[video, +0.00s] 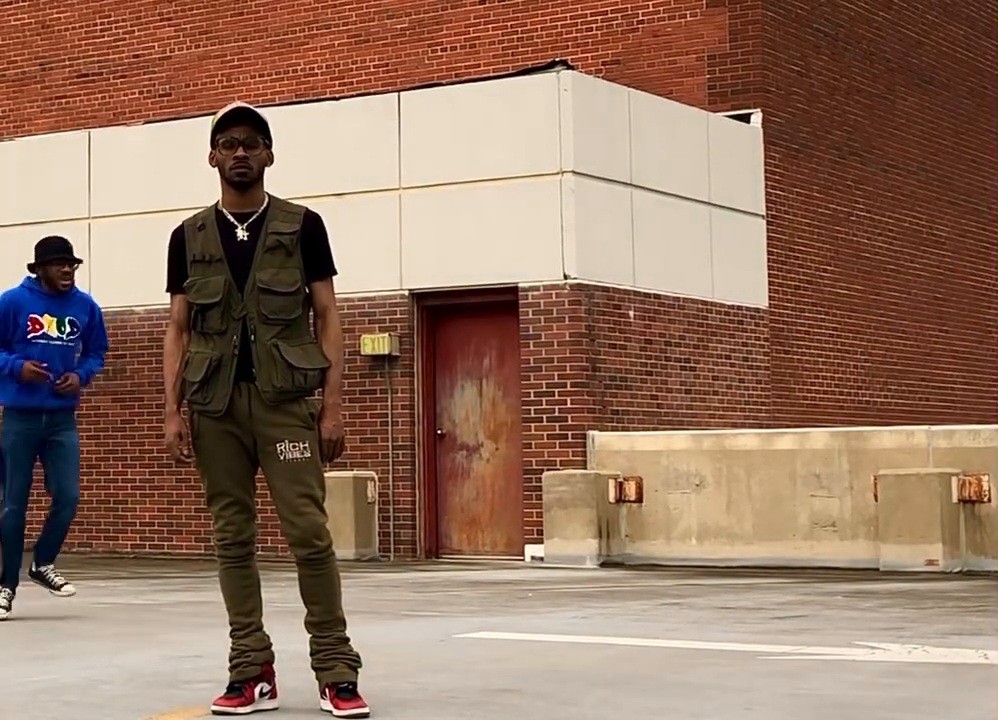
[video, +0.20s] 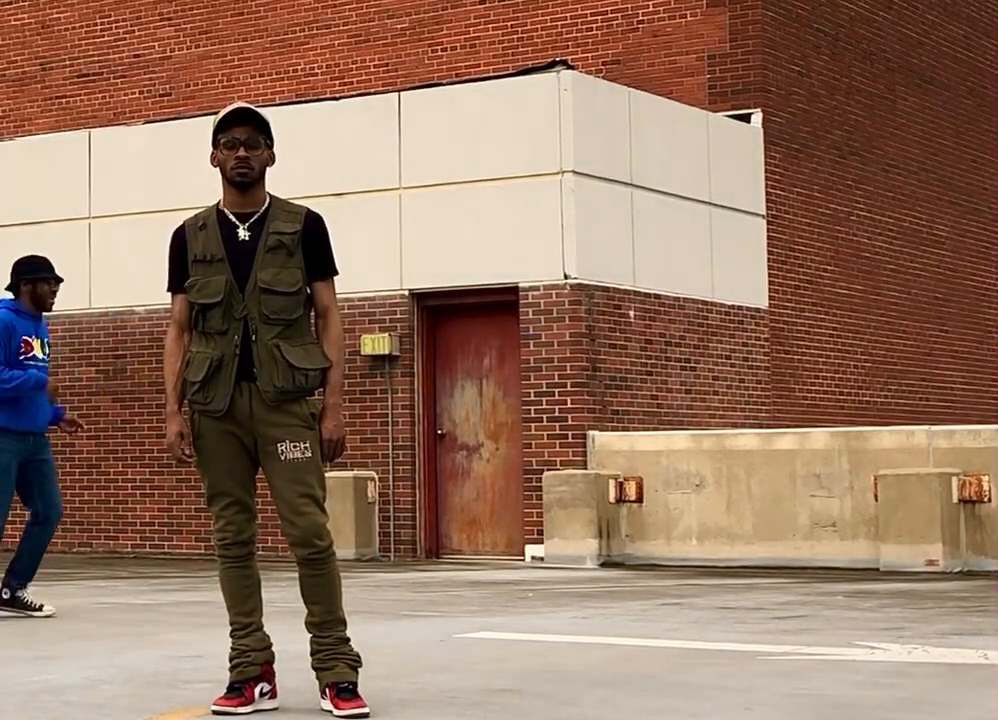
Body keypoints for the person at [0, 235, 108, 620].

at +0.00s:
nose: (68, 271)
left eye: (71, 264)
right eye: (59, 266)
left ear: (75, 266)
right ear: (40, 268)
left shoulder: (85, 305)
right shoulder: (12, 302)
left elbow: (96, 354)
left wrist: (81, 375)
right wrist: (17, 368)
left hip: (62, 419)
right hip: (19, 418)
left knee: (68, 496)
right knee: (14, 504)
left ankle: (42, 563)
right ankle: (6, 583)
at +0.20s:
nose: (55, 291)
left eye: (56, 284)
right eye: (49, 285)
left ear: (44, 288)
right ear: (26, 286)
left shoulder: (40, 325)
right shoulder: (4, 321)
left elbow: (35, 385)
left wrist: (59, 414)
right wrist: (38, 380)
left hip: (34, 439)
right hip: (5, 438)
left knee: (48, 512)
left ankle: (12, 588)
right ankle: (4, 591)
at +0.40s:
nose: (46, 289)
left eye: (46, 283)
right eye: (41, 283)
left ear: (22, 286)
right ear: (20, 285)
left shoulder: (20, 316)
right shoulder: (8, 314)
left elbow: (45, 350)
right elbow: (50, 350)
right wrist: (66, 314)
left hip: (26, 432)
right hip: (8, 430)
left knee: (40, 508)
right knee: (1, 518)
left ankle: (16, 587)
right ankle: (11, 589)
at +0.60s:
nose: (48, 293)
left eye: (47, 286)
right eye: (44, 287)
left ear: (20, 291)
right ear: (26, 290)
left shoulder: (18, 317)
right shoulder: (18, 317)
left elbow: (67, 341)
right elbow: (71, 341)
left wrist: (63, 309)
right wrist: (64, 304)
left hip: (26, 430)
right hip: (15, 428)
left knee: (34, 508)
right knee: (8, 514)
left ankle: (14, 588)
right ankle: (7, 591)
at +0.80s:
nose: (67, 299)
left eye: (65, 293)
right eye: (61, 294)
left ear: (37, 299)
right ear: (43, 298)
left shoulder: (30, 328)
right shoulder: (36, 329)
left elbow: (78, 359)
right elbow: (83, 359)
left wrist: (73, 325)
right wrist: (82, 322)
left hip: (33, 430)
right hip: (40, 430)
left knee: (42, 512)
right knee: (44, 512)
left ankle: (13, 587)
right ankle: (11, 588)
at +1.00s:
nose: (95, 298)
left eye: (93, 293)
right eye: (89, 293)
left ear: (63, 298)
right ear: (72, 297)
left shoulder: (50, 327)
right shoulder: (66, 322)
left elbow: (65, 393)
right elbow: (81, 353)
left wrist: (107, 396)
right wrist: (114, 338)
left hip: (45, 428)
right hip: (69, 427)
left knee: (38, 511)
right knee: (105, 501)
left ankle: (13, 586)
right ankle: (92, 586)